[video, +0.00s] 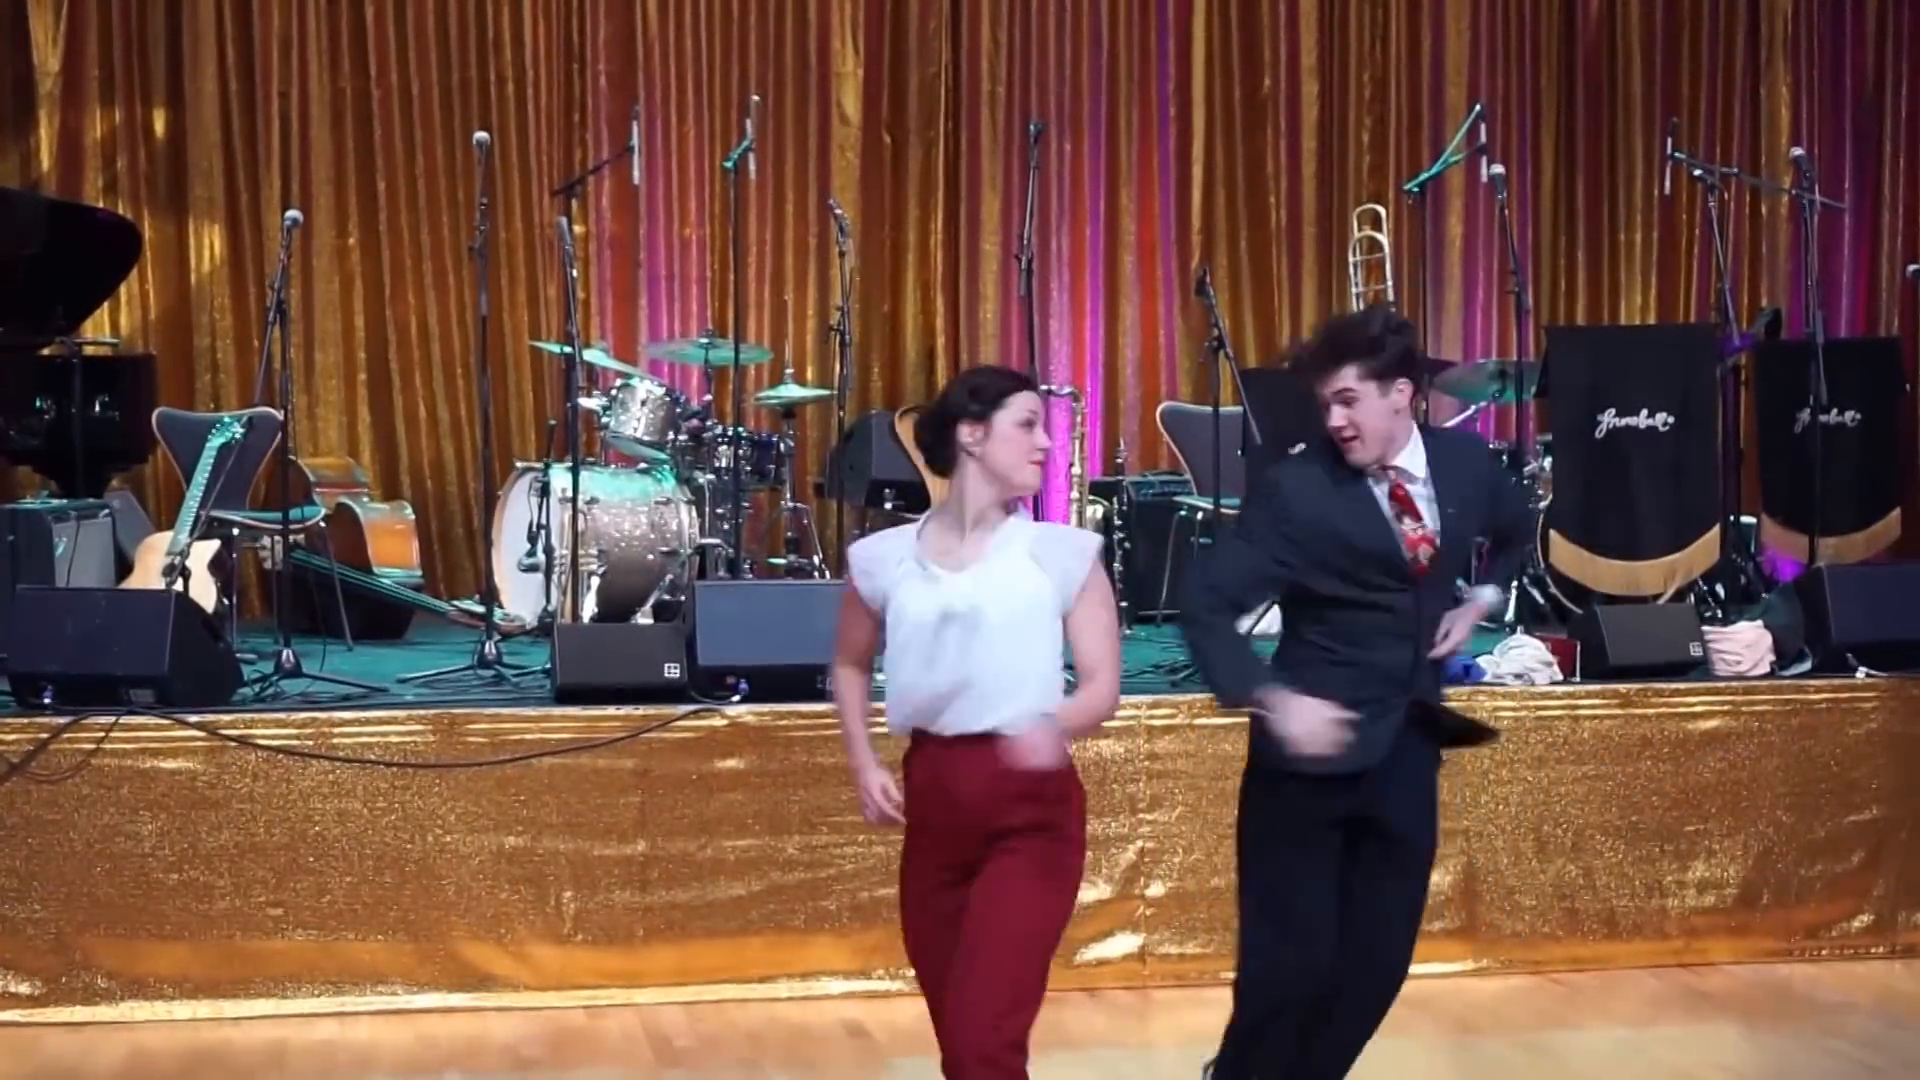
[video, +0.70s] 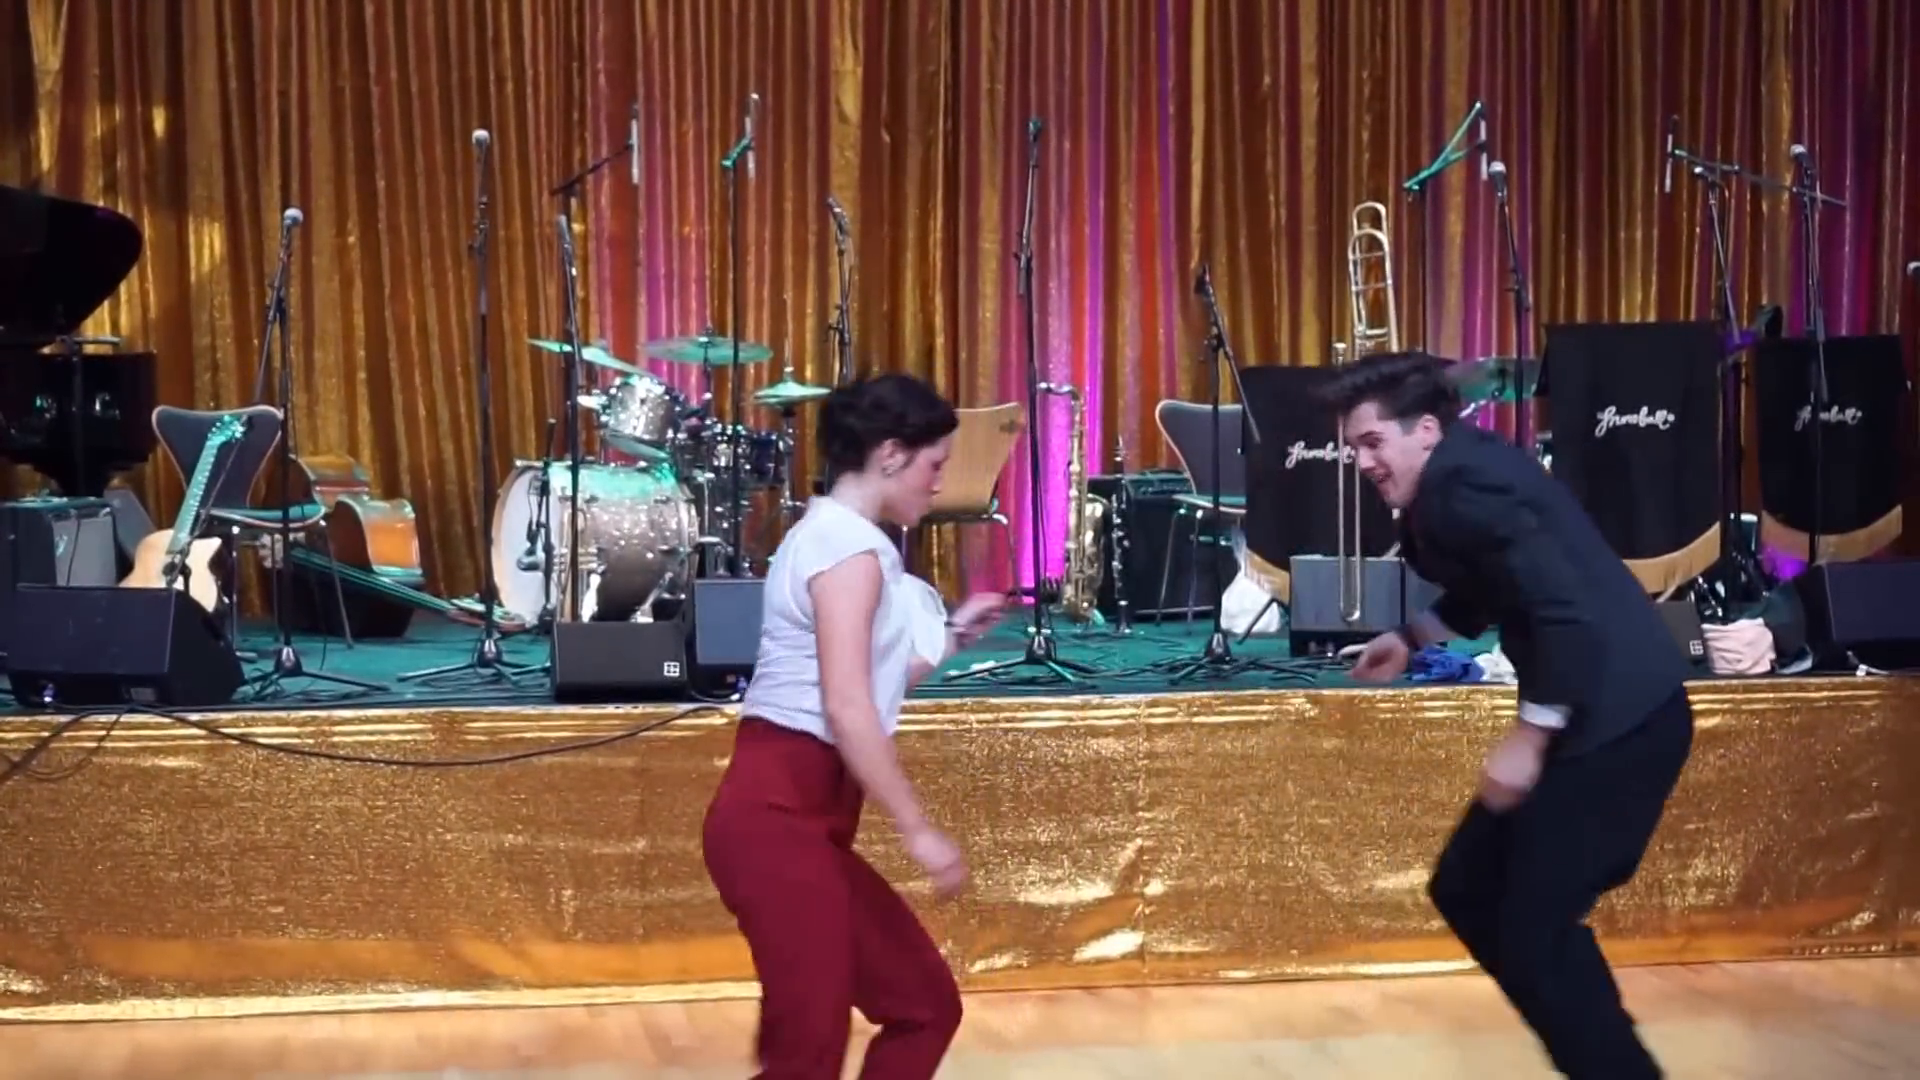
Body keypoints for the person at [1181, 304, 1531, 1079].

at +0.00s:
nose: (1333, 421)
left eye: (1347, 400)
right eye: (1324, 405)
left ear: (1404, 395)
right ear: (1316, 409)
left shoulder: (1468, 466)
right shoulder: (1295, 493)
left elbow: (1519, 530)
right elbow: (1205, 602)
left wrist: (1484, 600)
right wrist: (1268, 693)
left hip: (1404, 762)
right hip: (1300, 761)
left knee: (1373, 971)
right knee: (1289, 969)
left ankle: (1298, 1077)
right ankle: (1234, 1074)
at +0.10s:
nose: (1300, 437)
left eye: (1314, 417)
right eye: (1294, 421)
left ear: (1374, 411)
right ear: (1288, 421)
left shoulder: (1462, 467)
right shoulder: (1266, 486)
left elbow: (1622, 481)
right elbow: (1129, 505)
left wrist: (1574, 586)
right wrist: (1133, 633)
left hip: (1422, 738)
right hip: (1308, 735)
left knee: (1410, 961)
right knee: (1276, 950)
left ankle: (1367, 1069)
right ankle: (1277, 1070)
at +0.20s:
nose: (1275, 482)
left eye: (1290, 462)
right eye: (1269, 465)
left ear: (1346, 460)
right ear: (1262, 466)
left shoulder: (1424, 505)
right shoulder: (1259, 510)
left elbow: (1559, 516)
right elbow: (1142, 520)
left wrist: (1522, 635)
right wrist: (1122, 623)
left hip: (1444, 732)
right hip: (1344, 731)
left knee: (1395, 930)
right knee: (1282, 945)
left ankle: (1437, 1074)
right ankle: (1328, 1078)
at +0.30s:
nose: (1267, 529)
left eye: (1282, 510)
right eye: (1261, 513)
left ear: (1339, 512)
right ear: (1256, 518)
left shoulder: (1404, 569)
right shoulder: (1275, 572)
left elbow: (1460, 680)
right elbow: (1230, 638)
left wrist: (1337, 679)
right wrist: (1158, 680)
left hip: (1473, 800)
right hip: (1392, 795)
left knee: (1371, 972)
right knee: (1294, 974)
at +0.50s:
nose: (1292, 484)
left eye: (1308, 463)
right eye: (1286, 469)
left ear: (1363, 464)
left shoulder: (1398, 534)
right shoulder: (1383, 531)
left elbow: (1408, 699)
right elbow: (1387, 678)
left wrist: (1312, 698)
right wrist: (1293, 686)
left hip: (1529, 755)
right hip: (1488, 748)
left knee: (1414, 963)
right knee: (1384, 943)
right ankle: (1368, 1072)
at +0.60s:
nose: (1318, 453)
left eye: (1332, 432)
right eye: (1313, 439)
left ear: (1389, 422)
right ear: (1383, 428)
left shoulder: (1429, 483)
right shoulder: (1413, 478)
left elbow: (1498, 643)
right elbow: (1429, 609)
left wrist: (1430, 678)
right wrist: (1346, 662)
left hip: (1581, 713)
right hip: (1519, 710)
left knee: (1502, 928)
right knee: (1420, 882)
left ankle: (1491, 1069)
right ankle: (1462, 1067)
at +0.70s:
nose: (1359, 463)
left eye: (1370, 442)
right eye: (1352, 448)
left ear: (1427, 428)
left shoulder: (1458, 488)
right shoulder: (1459, 472)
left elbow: (1560, 604)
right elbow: (1490, 588)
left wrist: (1531, 729)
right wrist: (1411, 640)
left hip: (1627, 716)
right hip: (1583, 711)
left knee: (1527, 914)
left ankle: (1621, 1069)